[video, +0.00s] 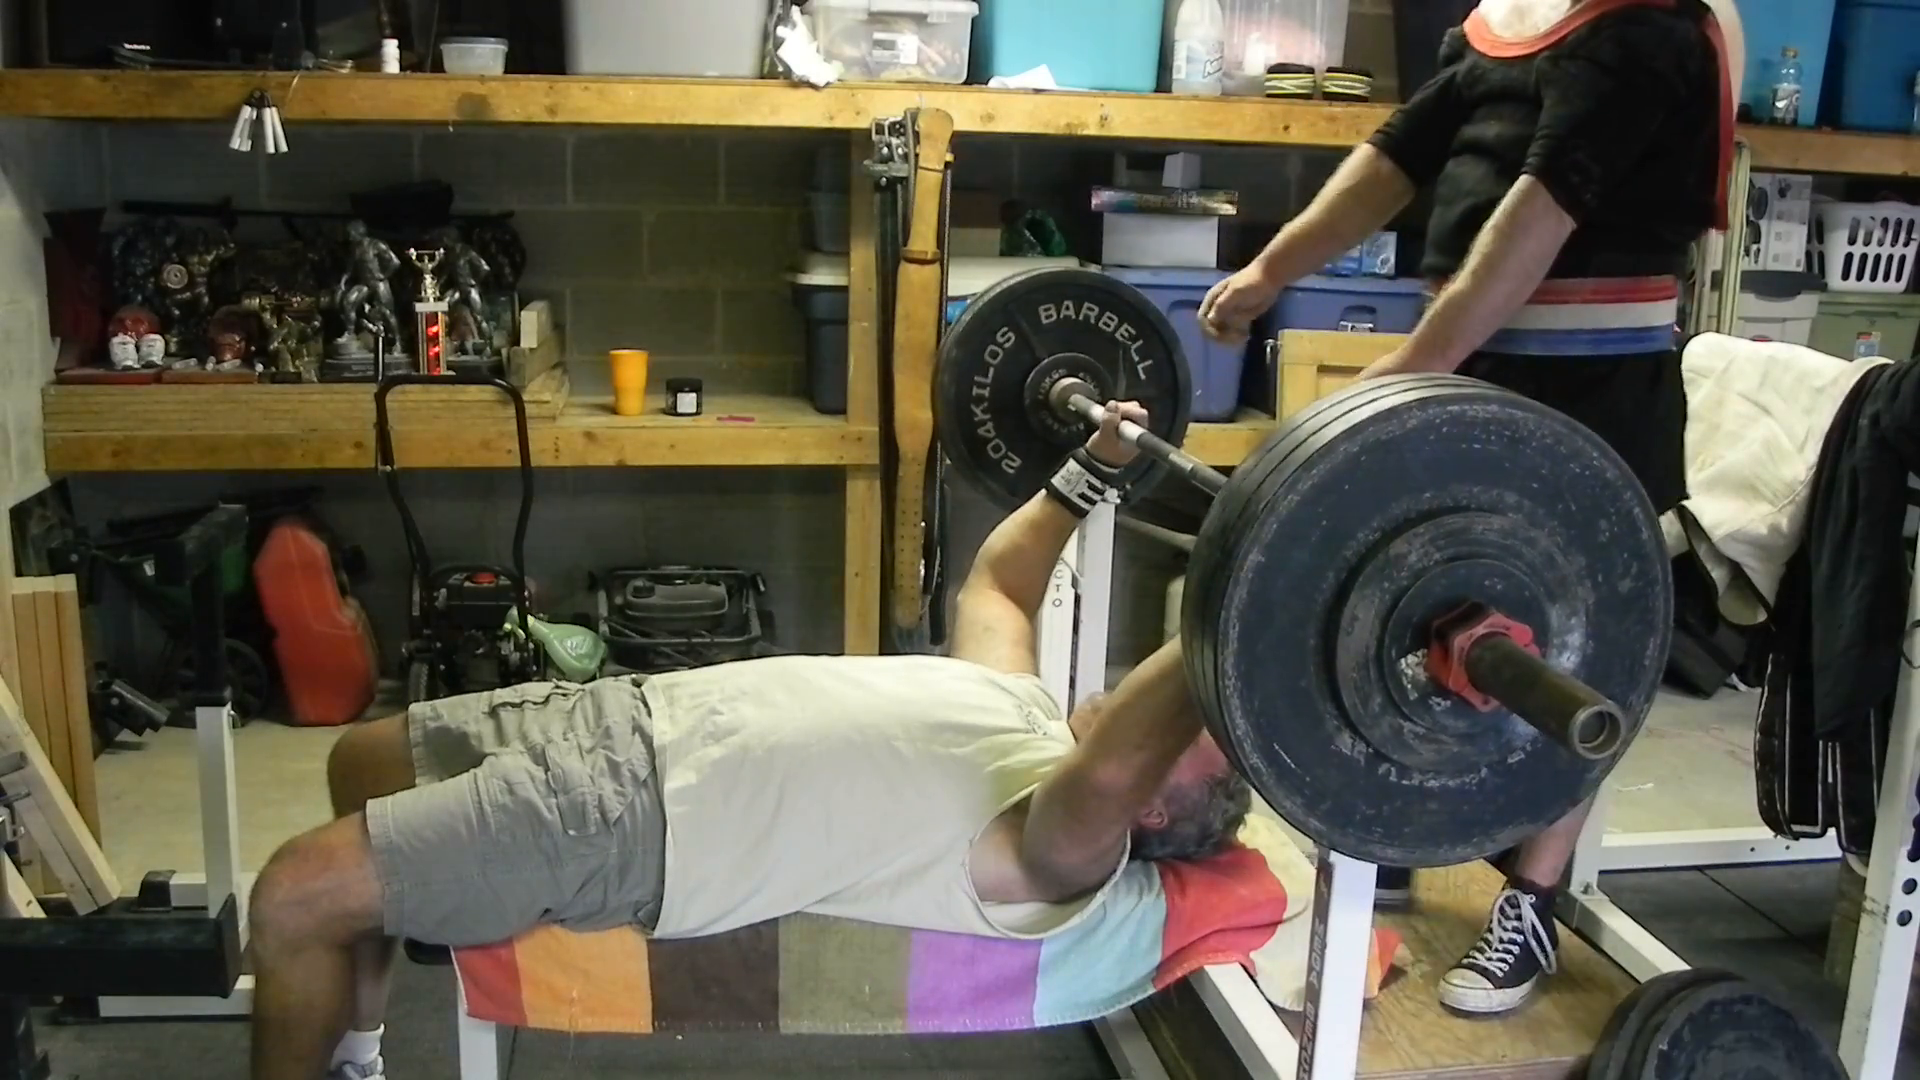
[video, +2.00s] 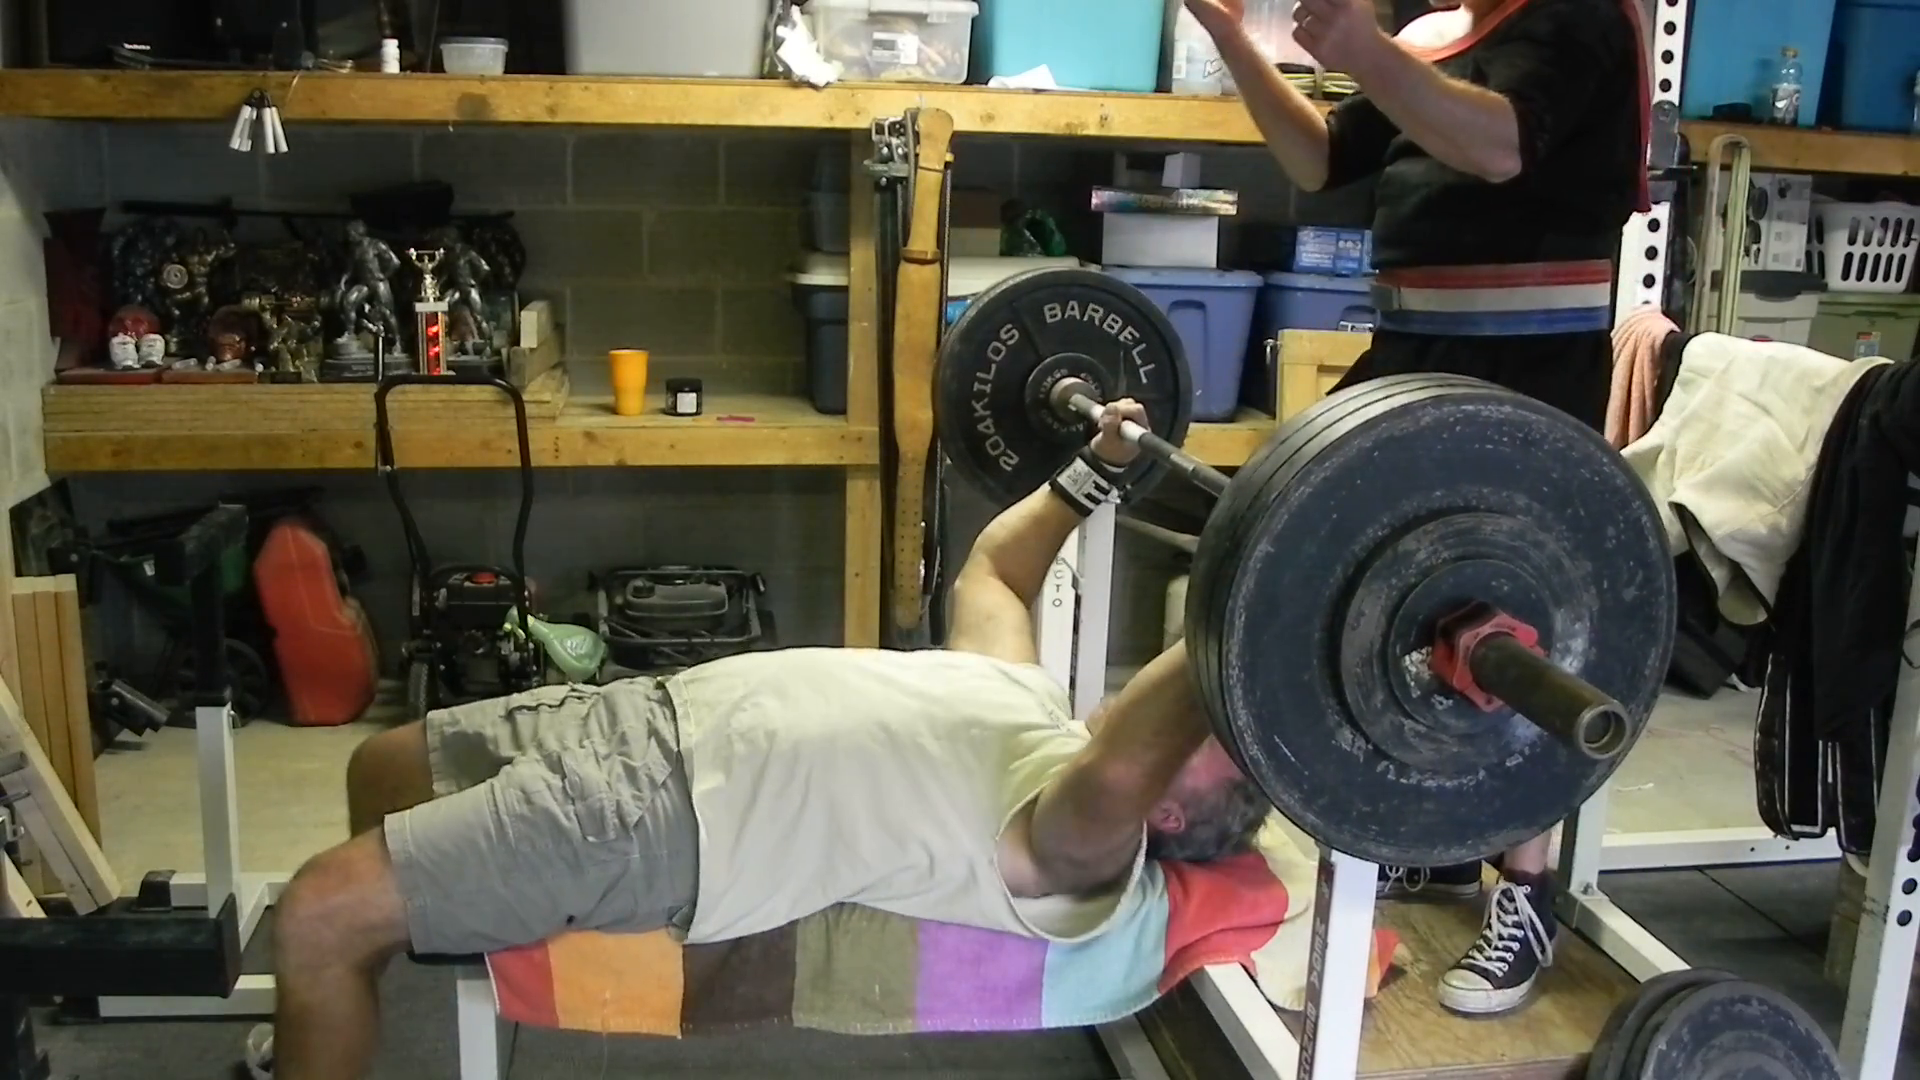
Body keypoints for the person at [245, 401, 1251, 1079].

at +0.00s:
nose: (1166, 718)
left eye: (1199, 738)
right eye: (1189, 711)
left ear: (1194, 803)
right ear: (1161, 732)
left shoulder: (1061, 857)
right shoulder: (1009, 716)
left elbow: (1121, 748)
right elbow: (1005, 583)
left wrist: (1249, 614)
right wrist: (1089, 472)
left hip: (631, 822)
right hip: (621, 711)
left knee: (297, 892)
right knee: (367, 763)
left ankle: (295, 1063)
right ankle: (350, 1040)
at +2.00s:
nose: (1185, 731)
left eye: (1218, 745)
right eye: (1202, 716)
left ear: (1206, 810)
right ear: (1173, 719)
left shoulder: (1074, 851)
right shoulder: (1017, 702)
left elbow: (1125, 761)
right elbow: (999, 570)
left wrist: (1250, 623)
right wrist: (1086, 472)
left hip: (656, 821)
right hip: (635, 709)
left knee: (320, 914)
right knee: (384, 768)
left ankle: (318, 1062)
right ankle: (424, 951)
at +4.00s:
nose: (1191, 734)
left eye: (1220, 744)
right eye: (1207, 720)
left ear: (1214, 801)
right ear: (1184, 736)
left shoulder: (1080, 853)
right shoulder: (1026, 714)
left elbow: (1143, 753)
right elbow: (1008, 588)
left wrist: (1258, 608)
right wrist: (1091, 469)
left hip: (667, 818)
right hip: (648, 709)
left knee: (325, 921)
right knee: (386, 766)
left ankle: (331, 1065)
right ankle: (407, 991)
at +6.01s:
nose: (1181, 727)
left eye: (1207, 742)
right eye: (1203, 723)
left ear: (1202, 812)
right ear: (1187, 729)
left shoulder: (1078, 865)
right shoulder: (1043, 716)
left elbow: (1143, 754)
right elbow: (1013, 585)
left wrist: (1275, 596)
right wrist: (1104, 464)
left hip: (662, 817)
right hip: (648, 712)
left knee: (323, 922)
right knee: (391, 762)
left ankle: (332, 1064)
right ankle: (374, 1016)